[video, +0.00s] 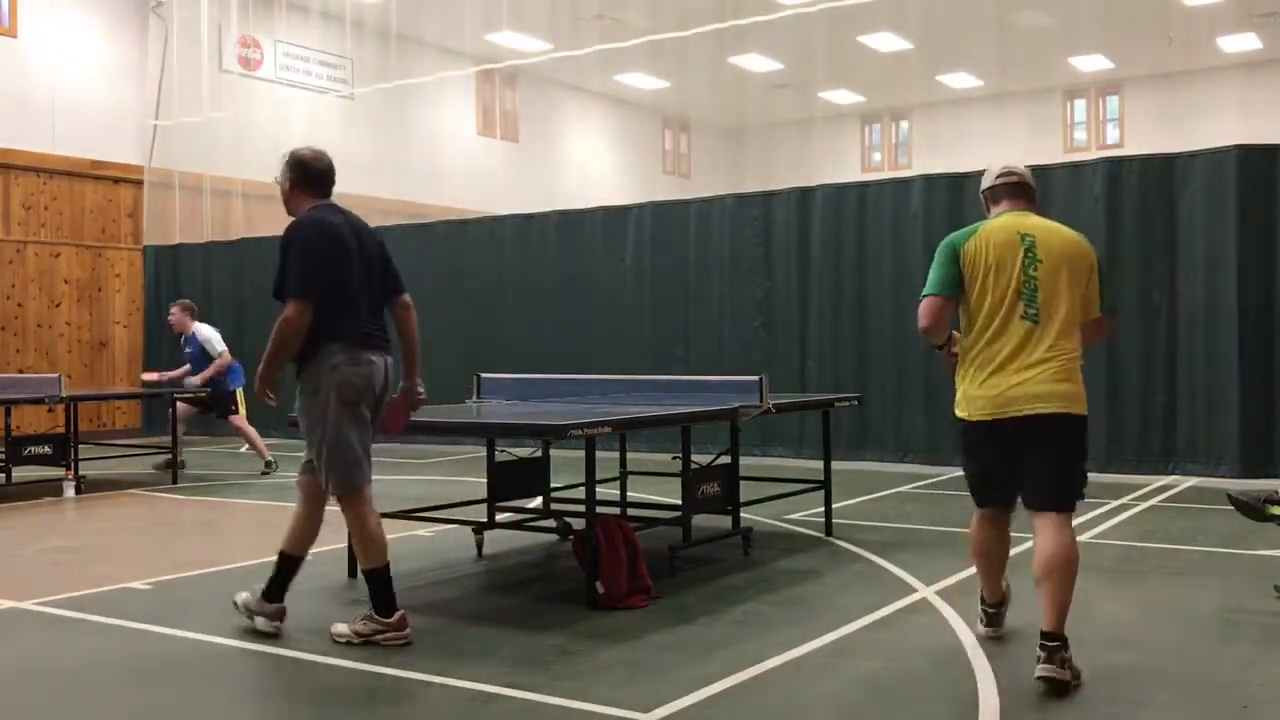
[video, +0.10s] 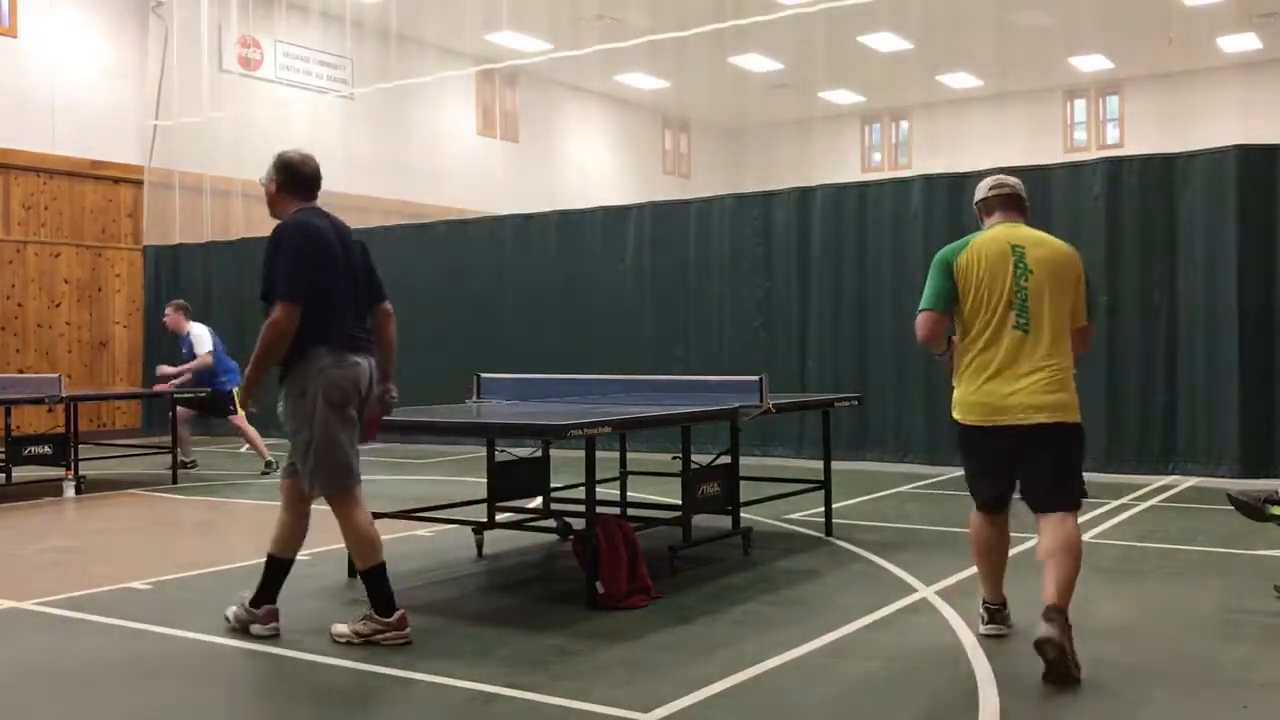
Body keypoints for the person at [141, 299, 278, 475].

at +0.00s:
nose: (169, 319)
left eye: (173, 314)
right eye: (169, 315)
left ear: (187, 315)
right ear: (182, 317)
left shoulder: (204, 332)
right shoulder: (186, 339)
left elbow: (225, 358)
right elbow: (194, 365)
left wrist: (200, 377)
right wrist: (167, 375)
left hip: (230, 383)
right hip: (209, 385)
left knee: (237, 421)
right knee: (177, 411)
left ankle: (268, 460)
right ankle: (176, 458)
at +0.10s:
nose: (164, 320)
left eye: (167, 316)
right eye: (164, 316)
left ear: (180, 315)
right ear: (178, 316)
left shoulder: (198, 331)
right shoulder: (185, 338)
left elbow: (206, 360)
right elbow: (193, 371)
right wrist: (172, 383)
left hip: (226, 382)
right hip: (205, 384)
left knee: (238, 421)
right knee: (178, 414)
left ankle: (268, 459)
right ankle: (187, 459)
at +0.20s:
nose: (156, 320)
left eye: (158, 315)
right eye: (156, 316)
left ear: (171, 314)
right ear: (171, 315)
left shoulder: (187, 329)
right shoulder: (184, 332)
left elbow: (185, 360)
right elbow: (192, 370)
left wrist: (152, 373)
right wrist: (172, 386)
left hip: (221, 385)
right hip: (204, 386)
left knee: (236, 418)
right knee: (176, 414)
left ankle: (265, 457)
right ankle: (186, 458)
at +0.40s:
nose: (142, 314)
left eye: (143, 309)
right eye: (141, 309)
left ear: (155, 308)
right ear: (157, 309)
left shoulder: (167, 322)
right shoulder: (171, 321)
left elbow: (168, 354)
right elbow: (186, 355)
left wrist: (144, 377)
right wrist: (171, 375)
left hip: (198, 374)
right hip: (189, 376)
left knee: (175, 415)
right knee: (175, 414)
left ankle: (187, 458)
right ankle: (186, 458)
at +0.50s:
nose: (137, 311)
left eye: (138, 306)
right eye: (136, 306)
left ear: (149, 305)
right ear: (154, 305)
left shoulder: (160, 320)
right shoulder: (170, 318)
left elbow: (161, 350)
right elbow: (179, 352)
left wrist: (142, 376)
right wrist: (167, 373)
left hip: (184, 374)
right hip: (185, 372)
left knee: (179, 414)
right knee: (179, 414)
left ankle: (186, 458)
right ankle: (184, 457)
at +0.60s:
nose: (131, 309)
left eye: (132, 305)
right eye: (130, 305)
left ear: (142, 303)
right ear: (143, 303)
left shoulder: (151, 319)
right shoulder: (168, 316)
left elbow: (156, 346)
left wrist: (141, 375)